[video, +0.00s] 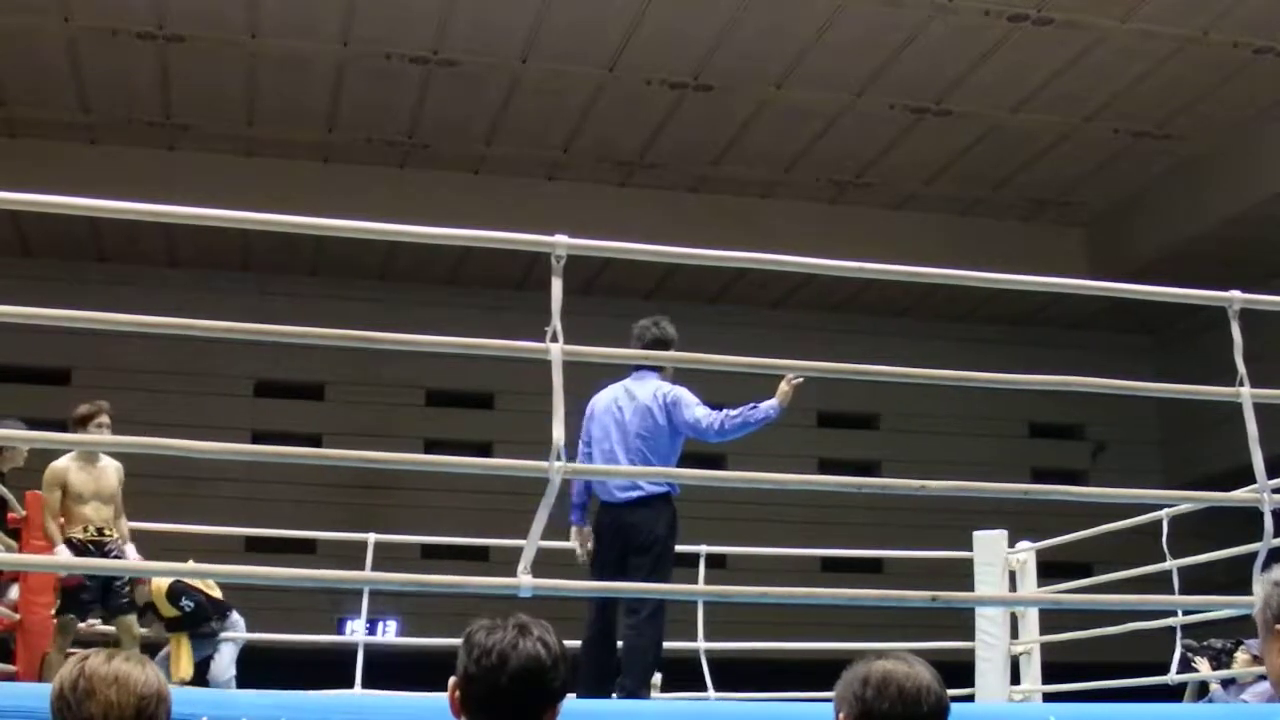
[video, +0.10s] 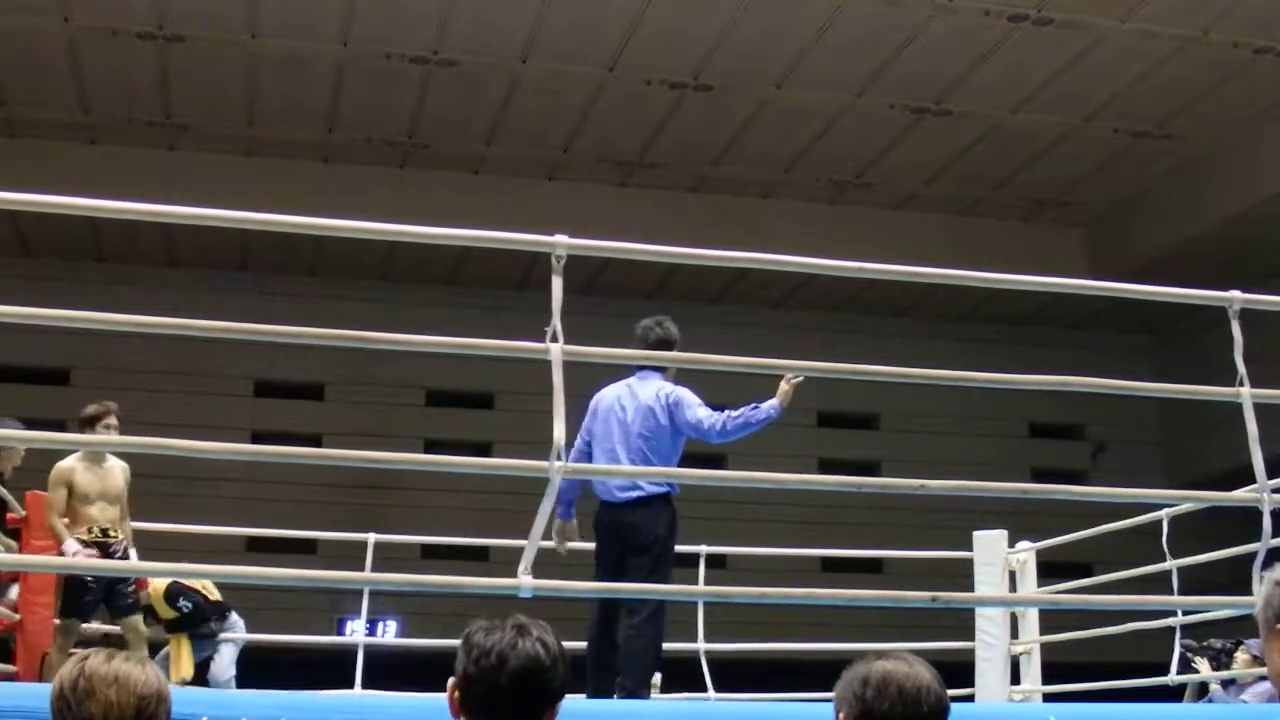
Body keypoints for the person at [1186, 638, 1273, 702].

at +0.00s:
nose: (1235, 655)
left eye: (1243, 652)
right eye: (1237, 651)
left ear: (1257, 661)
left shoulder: (1265, 687)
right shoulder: (1231, 689)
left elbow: (1235, 711)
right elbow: (1196, 711)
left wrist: (1212, 680)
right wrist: (1194, 678)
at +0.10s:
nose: (1235, 655)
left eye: (1243, 652)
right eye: (1237, 651)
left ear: (1258, 661)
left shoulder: (1266, 687)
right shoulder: (1230, 689)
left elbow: (1235, 711)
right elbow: (1194, 711)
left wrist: (1211, 681)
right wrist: (1194, 679)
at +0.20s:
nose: (1234, 655)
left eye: (1243, 652)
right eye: (1237, 651)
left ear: (1258, 661)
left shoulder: (1266, 687)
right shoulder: (1229, 689)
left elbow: (1234, 711)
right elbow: (1192, 711)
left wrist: (1211, 680)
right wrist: (1194, 678)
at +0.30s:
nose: (1234, 655)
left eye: (1243, 652)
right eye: (1237, 651)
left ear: (1258, 662)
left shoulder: (1266, 688)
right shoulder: (1228, 689)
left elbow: (1234, 711)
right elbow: (1192, 711)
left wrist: (1211, 680)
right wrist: (1195, 679)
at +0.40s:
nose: (1234, 655)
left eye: (1243, 652)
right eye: (1236, 651)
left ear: (1258, 662)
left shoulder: (1266, 687)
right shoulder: (1230, 690)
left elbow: (1235, 711)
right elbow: (1191, 711)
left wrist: (1211, 680)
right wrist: (1194, 680)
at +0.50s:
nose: (1234, 655)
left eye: (1243, 652)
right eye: (1236, 651)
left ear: (1258, 661)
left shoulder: (1266, 688)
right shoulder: (1230, 689)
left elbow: (1233, 711)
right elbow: (1190, 711)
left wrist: (1212, 680)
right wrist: (1194, 678)